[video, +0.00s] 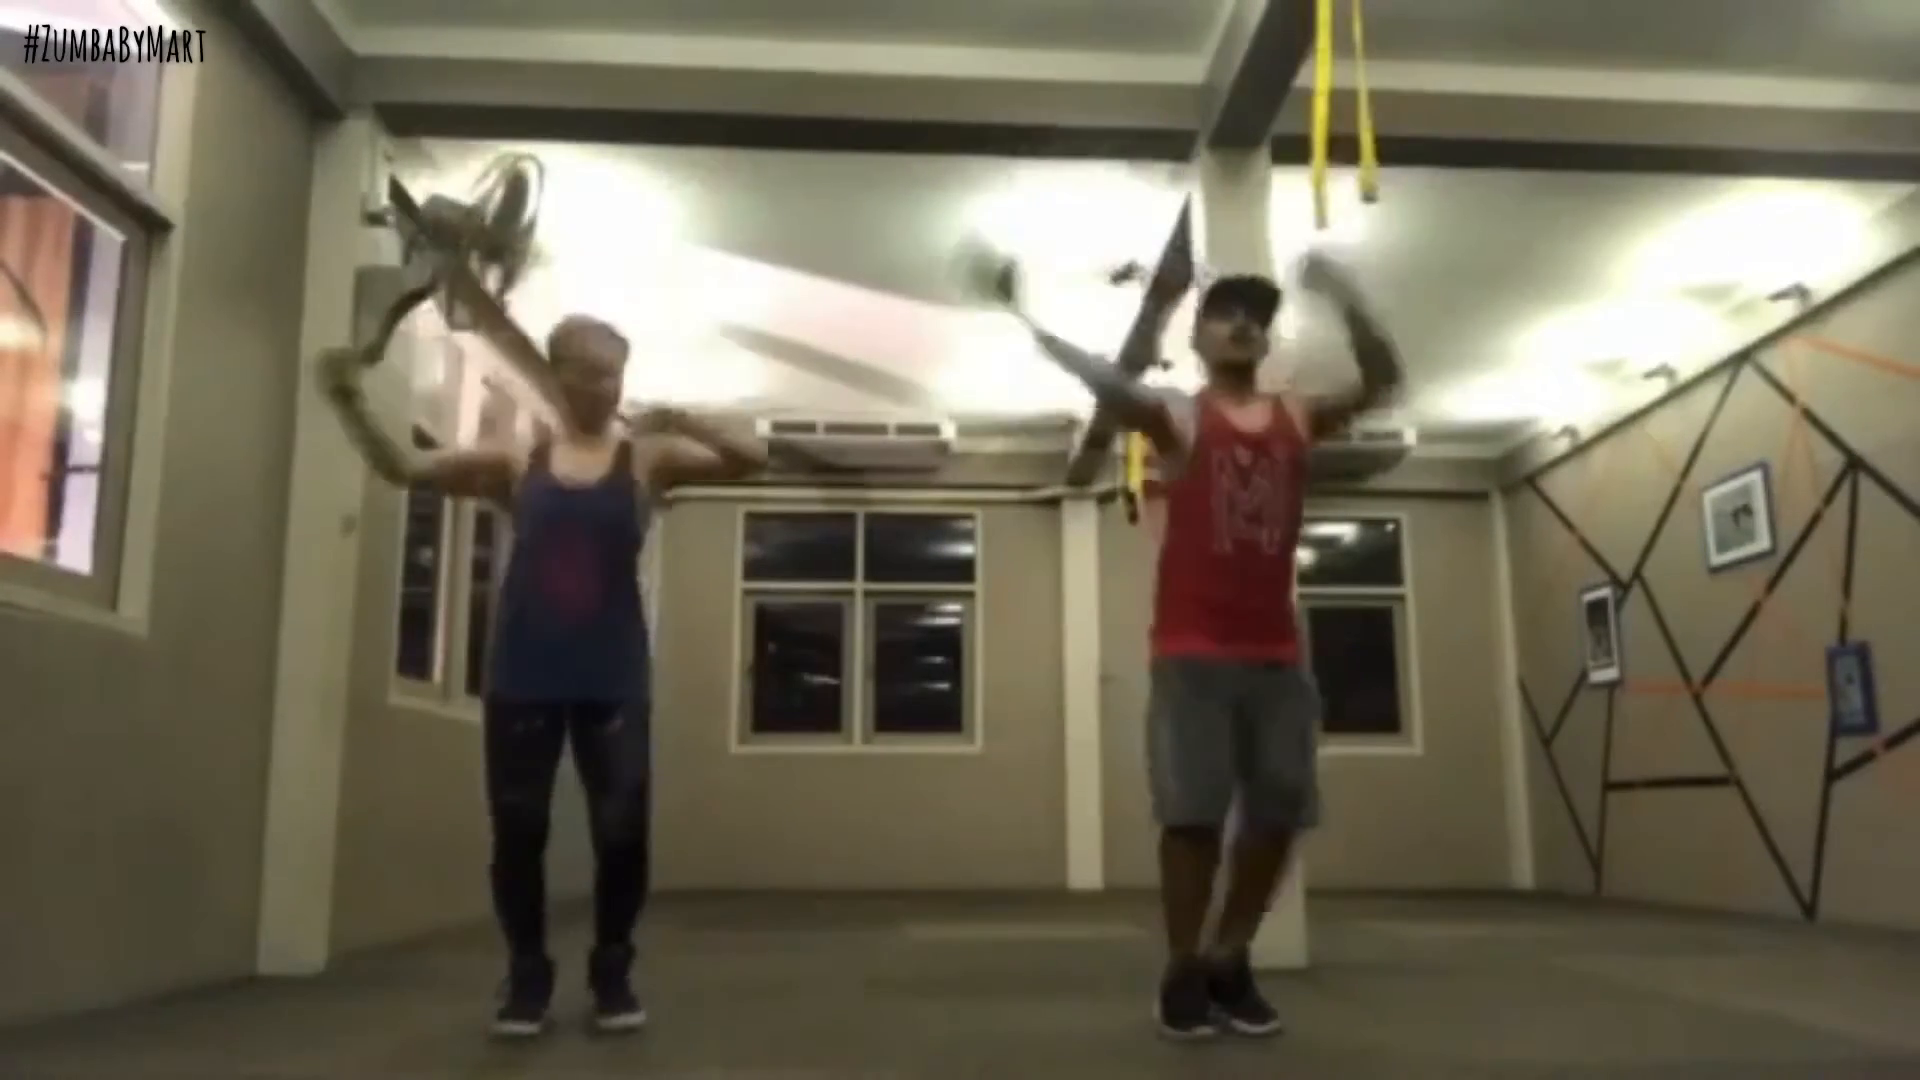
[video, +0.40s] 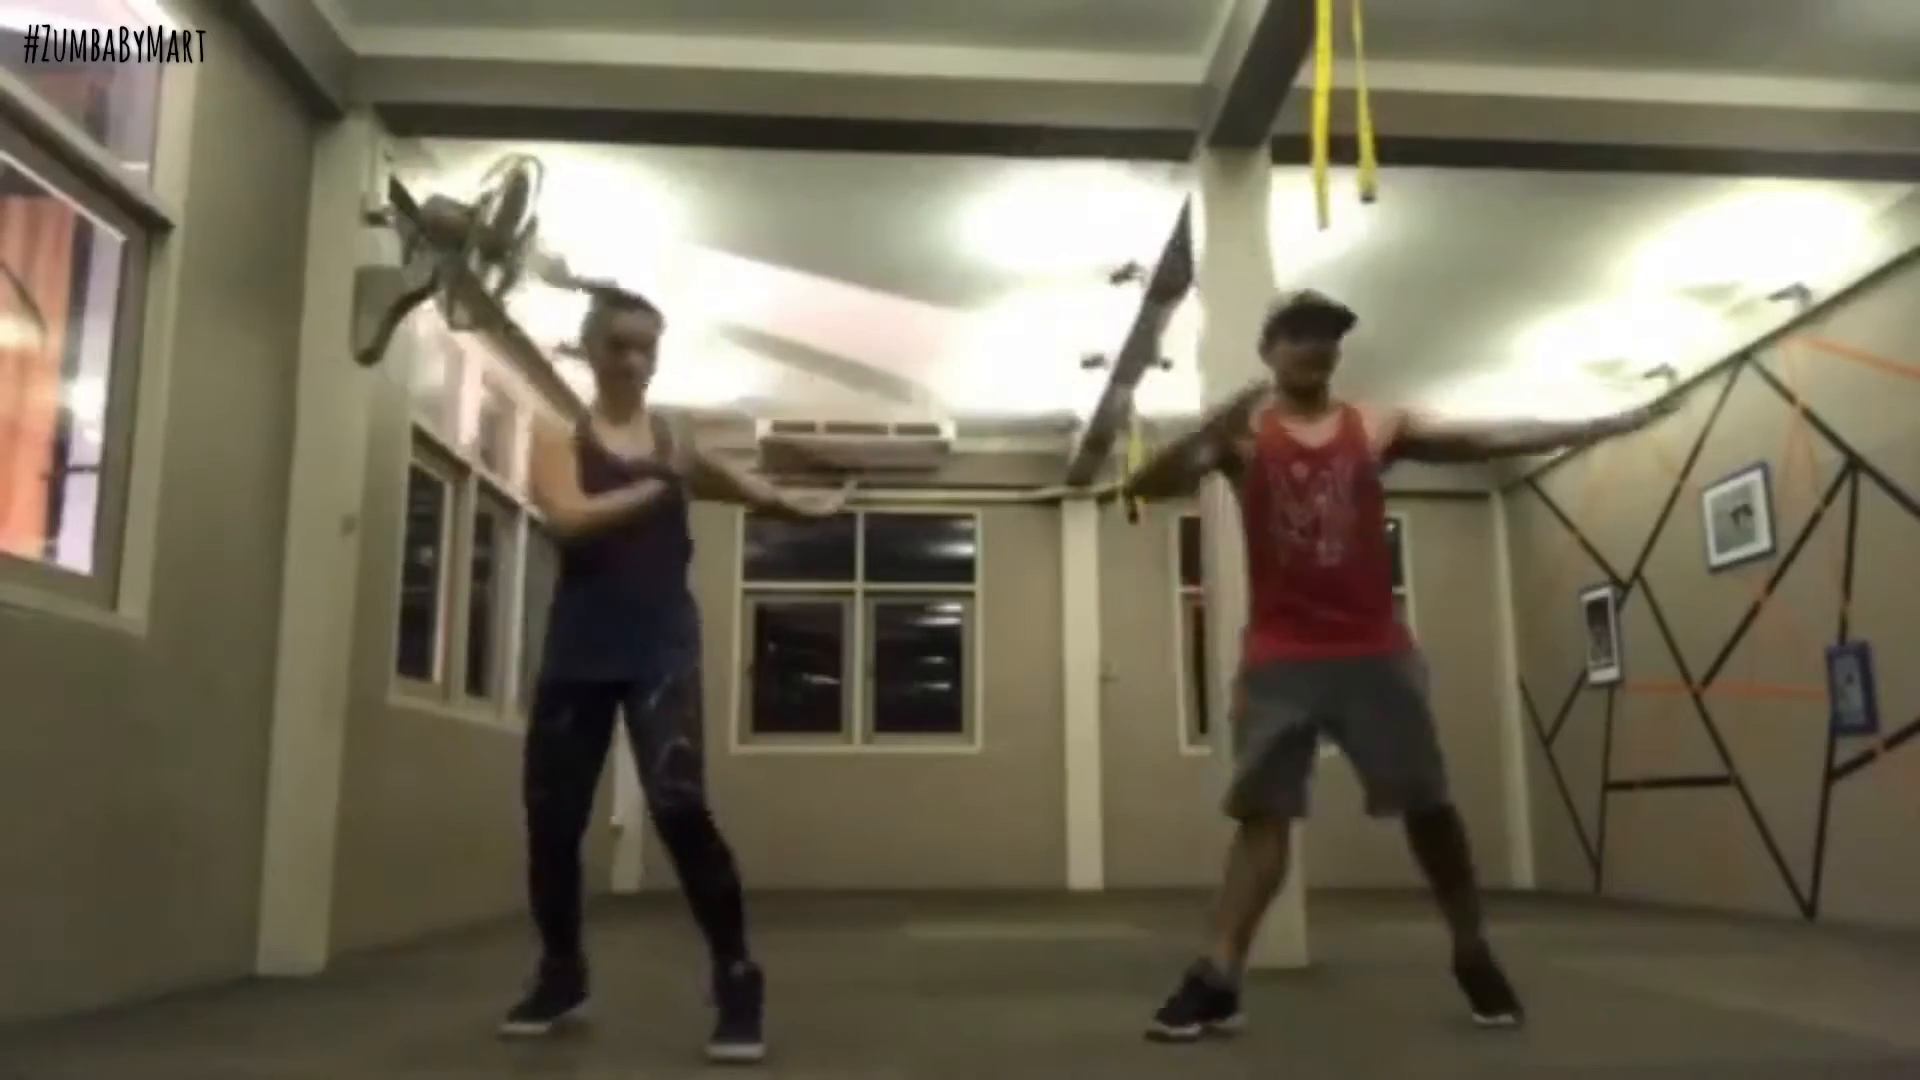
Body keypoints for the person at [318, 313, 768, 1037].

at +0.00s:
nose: (597, 388)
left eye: (609, 374)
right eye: (583, 372)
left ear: (623, 379)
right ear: (552, 376)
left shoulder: (646, 460)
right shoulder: (515, 462)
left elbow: (750, 463)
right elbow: (406, 468)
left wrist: (683, 424)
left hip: (612, 681)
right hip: (523, 679)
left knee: (623, 833)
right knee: (517, 837)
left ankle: (613, 981)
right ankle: (527, 985)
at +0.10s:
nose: (617, 376)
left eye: (623, 361)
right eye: (603, 362)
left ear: (628, 365)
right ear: (563, 367)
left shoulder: (645, 443)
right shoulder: (525, 445)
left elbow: (745, 459)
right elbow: (414, 476)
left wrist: (781, 427)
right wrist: (360, 420)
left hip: (621, 656)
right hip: (531, 656)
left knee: (650, 804)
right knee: (521, 821)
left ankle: (634, 940)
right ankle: (524, 980)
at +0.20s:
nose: (619, 348)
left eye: (626, 334)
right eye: (605, 334)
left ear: (634, 341)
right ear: (571, 339)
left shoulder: (648, 421)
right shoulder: (537, 418)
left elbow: (762, 444)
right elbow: (465, 475)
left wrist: (864, 432)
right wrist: (401, 429)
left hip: (634, 628)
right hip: (550, 631)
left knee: (661, 779)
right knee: (532, 800)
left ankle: (679, 948)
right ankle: (524, 975)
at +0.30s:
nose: (619, 341)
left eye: (631, 329)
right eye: (605, 327)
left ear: (643, 336)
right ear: (578, 331)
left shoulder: (657, 425)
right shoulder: (538, 417)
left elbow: (743, 451)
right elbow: (514, 492)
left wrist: (819, 475)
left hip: (646, 626)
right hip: (563, 628)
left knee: (667, 783)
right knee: (539, 800)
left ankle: (722, 965)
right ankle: (549, 965)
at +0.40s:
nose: (635, 361)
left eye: (646, 348)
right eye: (621, 346)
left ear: (658, 355)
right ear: (590, 351)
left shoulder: (672, 441)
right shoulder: (560, 433)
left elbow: (729, 483)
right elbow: (567, 516)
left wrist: (791, 503)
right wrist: (659, 486)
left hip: (661, 649)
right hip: (581, 649)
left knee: (679, 808)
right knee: (551, 819)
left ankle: (735, 982)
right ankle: (560, 975)